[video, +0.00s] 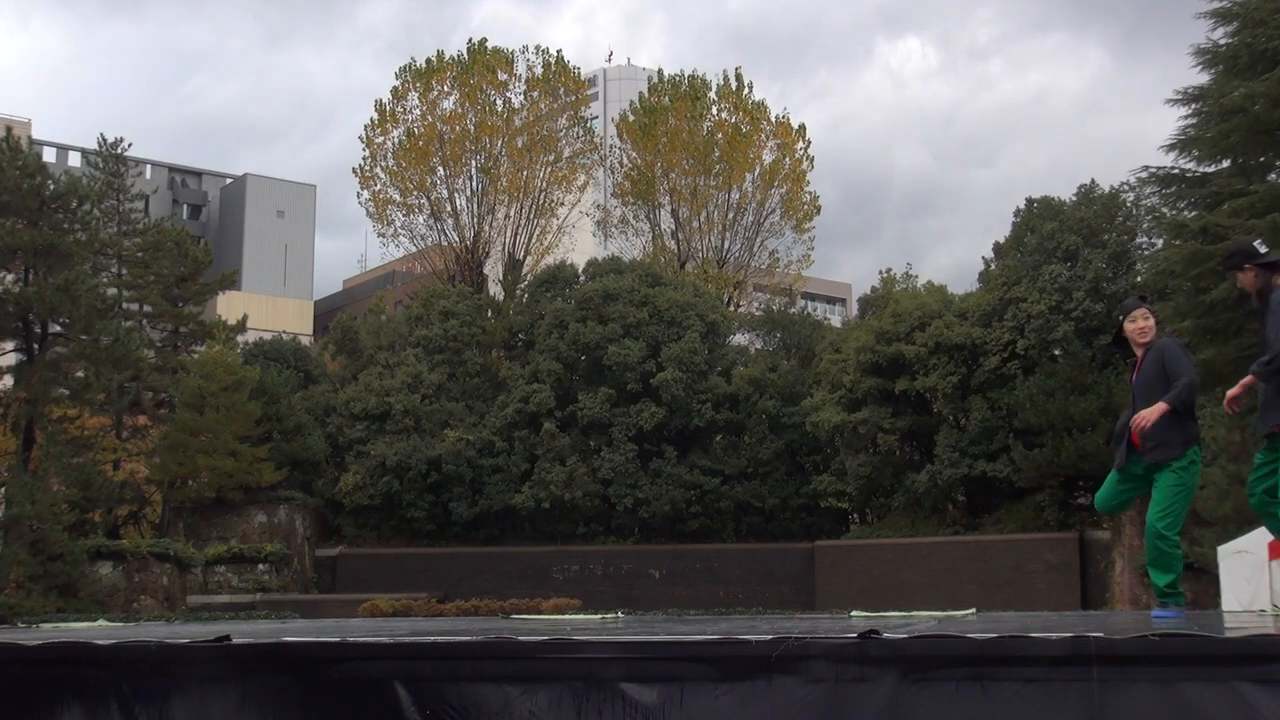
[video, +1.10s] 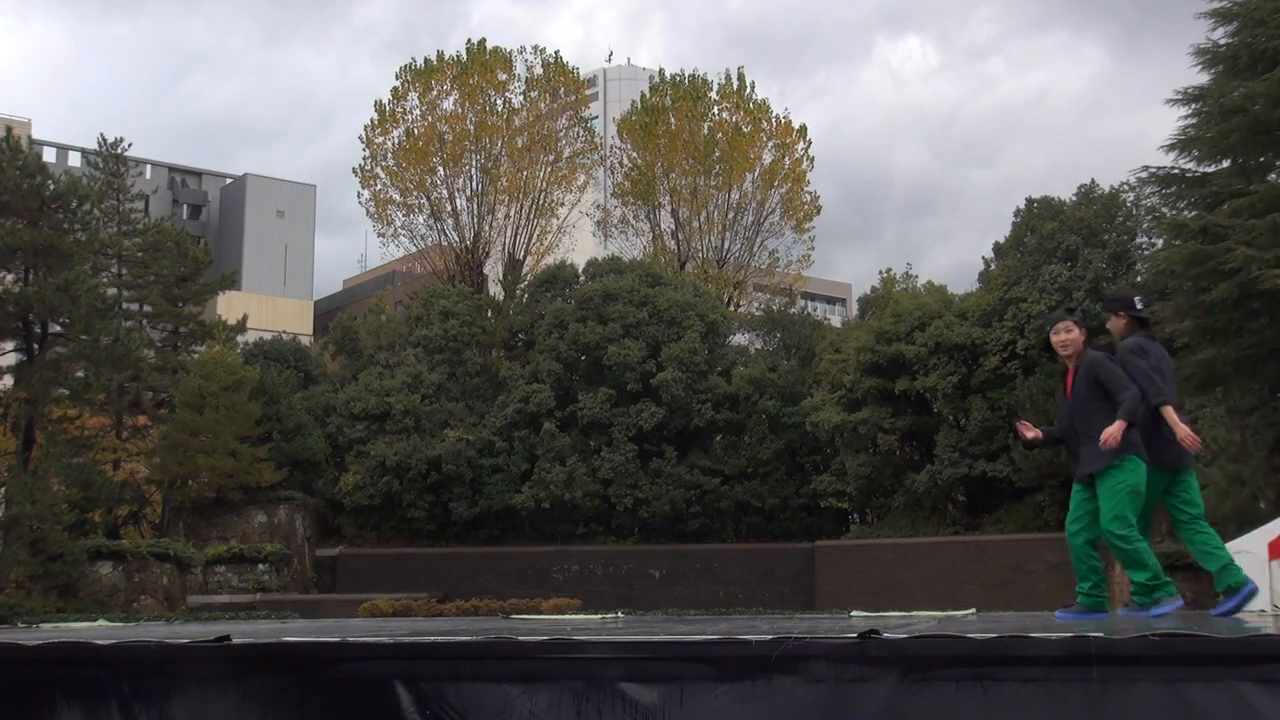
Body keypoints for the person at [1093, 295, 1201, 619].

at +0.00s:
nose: (1141, 325)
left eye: (1146, 318)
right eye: (1133, 321)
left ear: (1155, 323)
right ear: (1124, 330)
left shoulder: (1166, 347)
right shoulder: (1137, 366)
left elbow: (1188, 382)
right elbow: (1143, 405)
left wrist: (1159, 408)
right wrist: (1129, 429)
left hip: (1177, 456)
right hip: (1139, 457)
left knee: (1158, 526)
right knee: (1104, 503)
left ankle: (1170, 602)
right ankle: (1154, 476)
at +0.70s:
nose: (1116, 320)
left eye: (1121, 314)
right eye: (1109, 317)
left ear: (1132, 319)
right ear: (1101, 328)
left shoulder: (1151, 341)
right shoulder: (1115, 366)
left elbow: (1192, 369)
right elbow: (1128, 402)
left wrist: (1175, 401)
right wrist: (1118, 427)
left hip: (1159, 447)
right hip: (1119, 445)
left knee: (1160, 523)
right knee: (1073, 485)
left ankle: (1169, 599)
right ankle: (1116, 477)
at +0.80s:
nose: (1106, 322)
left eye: (1110, 316)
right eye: (1098, 319)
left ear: (1121, 321)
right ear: (1090, 330)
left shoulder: (1142, 343)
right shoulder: (1106, 370)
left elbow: (1184, 369)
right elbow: (1120, 408)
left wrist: (1167, 401)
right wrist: (1109, 435)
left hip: (1154, 448)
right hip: (1113, 448)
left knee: (1156, 523)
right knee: (1070, 490)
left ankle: (1170, 599)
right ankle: (1110, 508)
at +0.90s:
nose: (1095, 324)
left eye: (1100, 317)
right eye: (1088, 321)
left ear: (1111, 323)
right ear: (1081, 332)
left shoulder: (1134, 347)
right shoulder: (1091, 375)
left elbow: (1173, 375)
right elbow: (1098, 427)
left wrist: (1152, 403)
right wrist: (1062, 441)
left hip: (1148, 451)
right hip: (1108, 456)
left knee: (1151, 525)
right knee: (1074, 504)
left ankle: (1170, 599)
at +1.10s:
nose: (1062, 338)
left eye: (1069, 331)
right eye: (1056, 333)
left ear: (1083, 334)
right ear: (1051, 342)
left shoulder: (1097, 362)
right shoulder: (1068, 380)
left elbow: (1131, 395)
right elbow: (1068, 429)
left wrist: (1120, 423)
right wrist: (1040, 435)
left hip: (1120, 460)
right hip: (1089, 468)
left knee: (1116, 526)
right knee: (1078, 532)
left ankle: (1162, 593)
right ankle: (1093, 602)